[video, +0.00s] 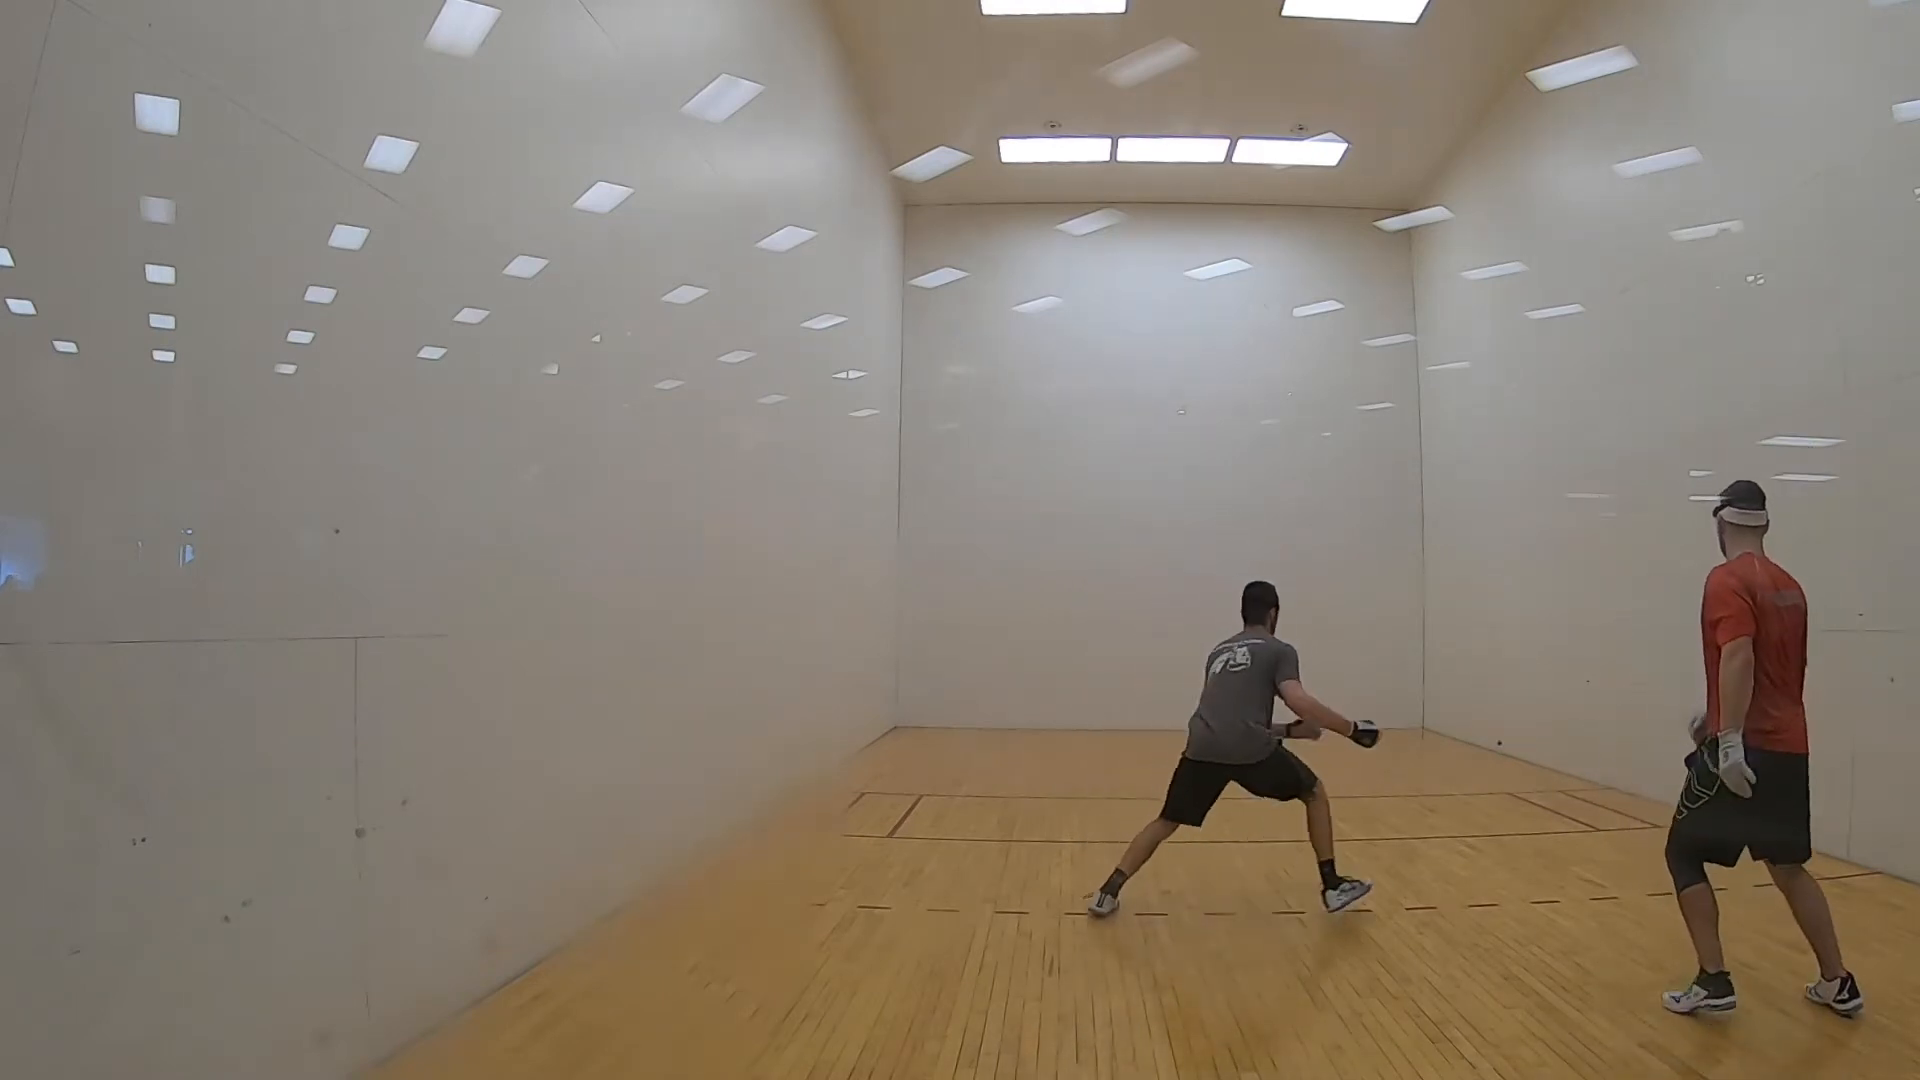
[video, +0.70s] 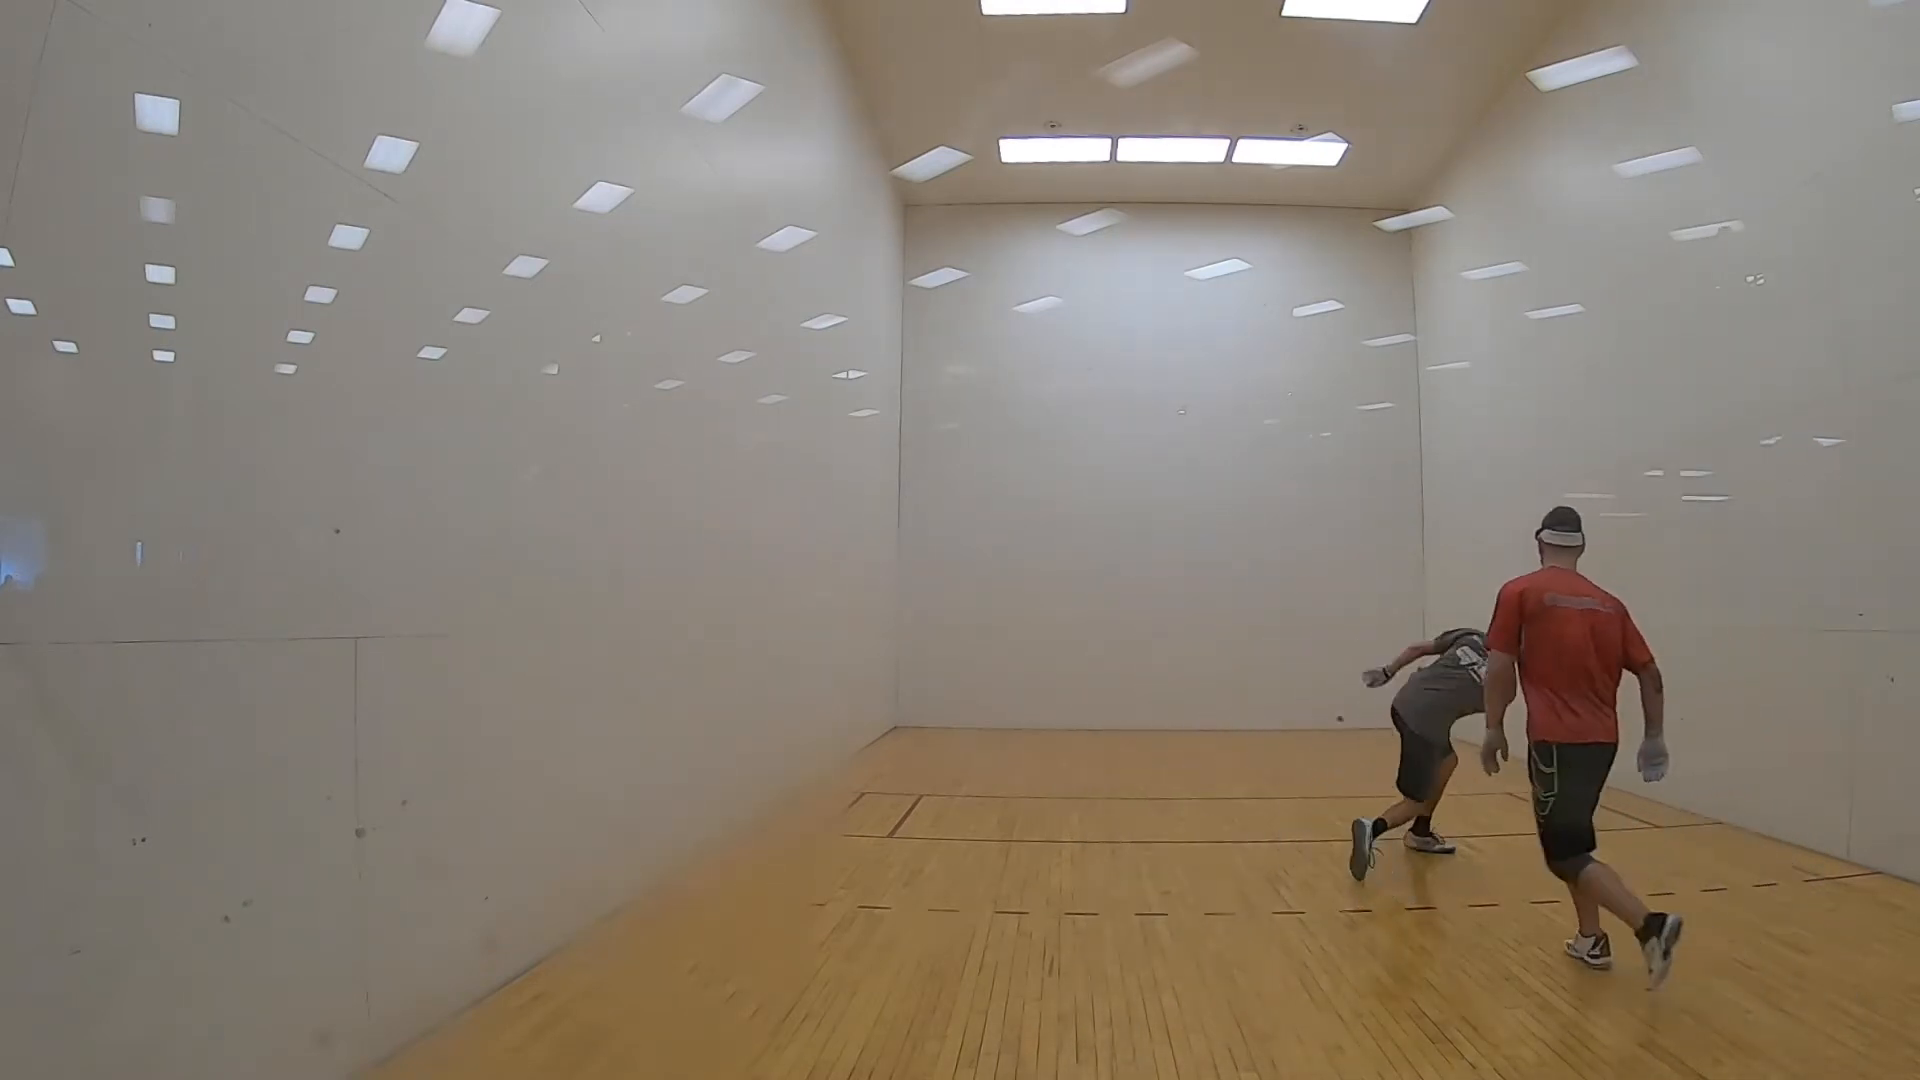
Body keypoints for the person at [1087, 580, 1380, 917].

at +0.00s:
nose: (1279, 619)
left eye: (1275, 612)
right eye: (1278, 612)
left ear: (1243, 613)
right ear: (1273, 613)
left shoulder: (1220, 650)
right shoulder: (1279, 650)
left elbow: (1231, 720)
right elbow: (1299, 702)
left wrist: (1290, 730)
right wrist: (1353, 730)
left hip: (1201, 752)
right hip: (1251, 750)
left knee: (1165, 821)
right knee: (1313, 791)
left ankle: (1107, 891)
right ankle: (1332, 885)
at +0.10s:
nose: (1333, 616)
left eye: (1327, 609)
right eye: (1332, 610)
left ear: (1297, 612)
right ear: (1329, 613)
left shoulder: (1276, 647)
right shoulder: (1321, 648)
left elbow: (1300, 713)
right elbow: (1333, 698)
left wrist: (1356, 705)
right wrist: (1386, 715)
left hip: (1239, 750)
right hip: (1283, 748)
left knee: (1198, 827)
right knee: (1353, 788)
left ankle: (1118, 884)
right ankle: (1366, 884)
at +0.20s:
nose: (1398, 629)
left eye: (1397, 622)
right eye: (1398, 622)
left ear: (1362, 619)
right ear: (1393, 624)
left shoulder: (1340, 650)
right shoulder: (1368, 654)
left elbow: (1355, 715)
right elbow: (1370, 705)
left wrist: (1403, 728)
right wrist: (1428, 708)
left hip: (1279, 749)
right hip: (1318, 750)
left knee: (1270, 834)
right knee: (1379, 798)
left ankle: (1189, 840)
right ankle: (1377, 890)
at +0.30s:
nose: (1442, 647)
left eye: (1443, 640)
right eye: (1444, 640)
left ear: (1413, 634)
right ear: (1439, 642)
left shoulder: (1390, 660)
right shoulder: (1401, 666)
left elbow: (1392, 715)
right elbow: (1401, 712)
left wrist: (1418, 748)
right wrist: (1462, 702)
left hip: (1311, 738)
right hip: (1335, 741)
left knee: (1352, 808)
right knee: (1397, 802)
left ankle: (1272, 831)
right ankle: (1378, 889)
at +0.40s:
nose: (1472, 661)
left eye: (1474, 655)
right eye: (1475, 655)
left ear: (1446, 643)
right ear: (1470, 656)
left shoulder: (1426, 665)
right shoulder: (1426, 672)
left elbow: (1408, 704)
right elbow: (1431, 713)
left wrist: (1410, 738)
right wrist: (1489, 707)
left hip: (1351, 725)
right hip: (1352, 731)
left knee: (1403, 781)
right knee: (1407, 802)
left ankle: (1363, 830)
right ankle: (1379, 877)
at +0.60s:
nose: (1515, 666)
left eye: (1517, 660)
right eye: (1518, 662)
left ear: (1493, 645)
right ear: (1514, 664)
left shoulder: (1458, 646)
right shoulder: (1481, 700)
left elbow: (1411, 663)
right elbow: (1461, 751)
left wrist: (1412, 700)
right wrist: (1486, 781)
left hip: (1383, 719)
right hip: (1407, 735)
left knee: (1443, 766)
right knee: (1402, 819)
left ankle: (1420, 833)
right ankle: (1371, 854)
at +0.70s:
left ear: (1496, 633)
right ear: (1516, 651)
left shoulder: (1469, 637)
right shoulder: (1506, 678)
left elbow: (1416, 649)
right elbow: (1494, 723)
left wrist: (1387, 671)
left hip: (1402, 704)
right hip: (1426, 726)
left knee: (1447, 761)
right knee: (1418, 802)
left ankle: (1420, 832)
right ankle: (1372, 829)